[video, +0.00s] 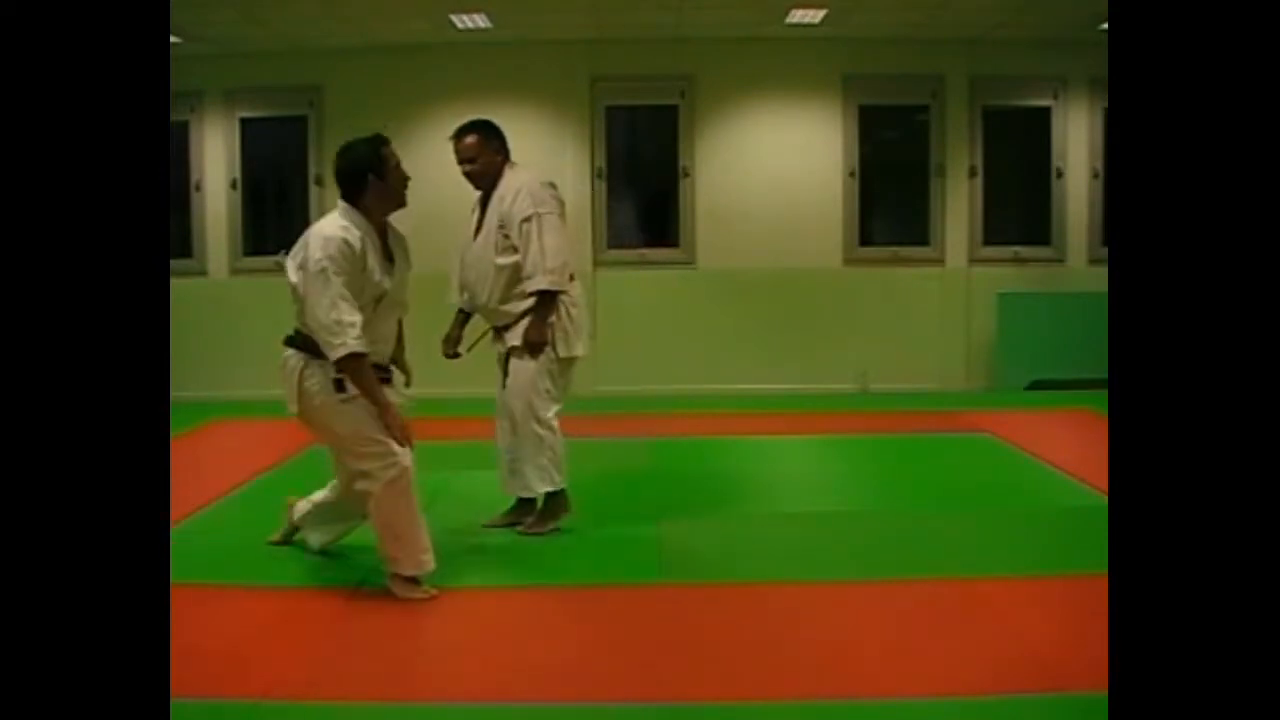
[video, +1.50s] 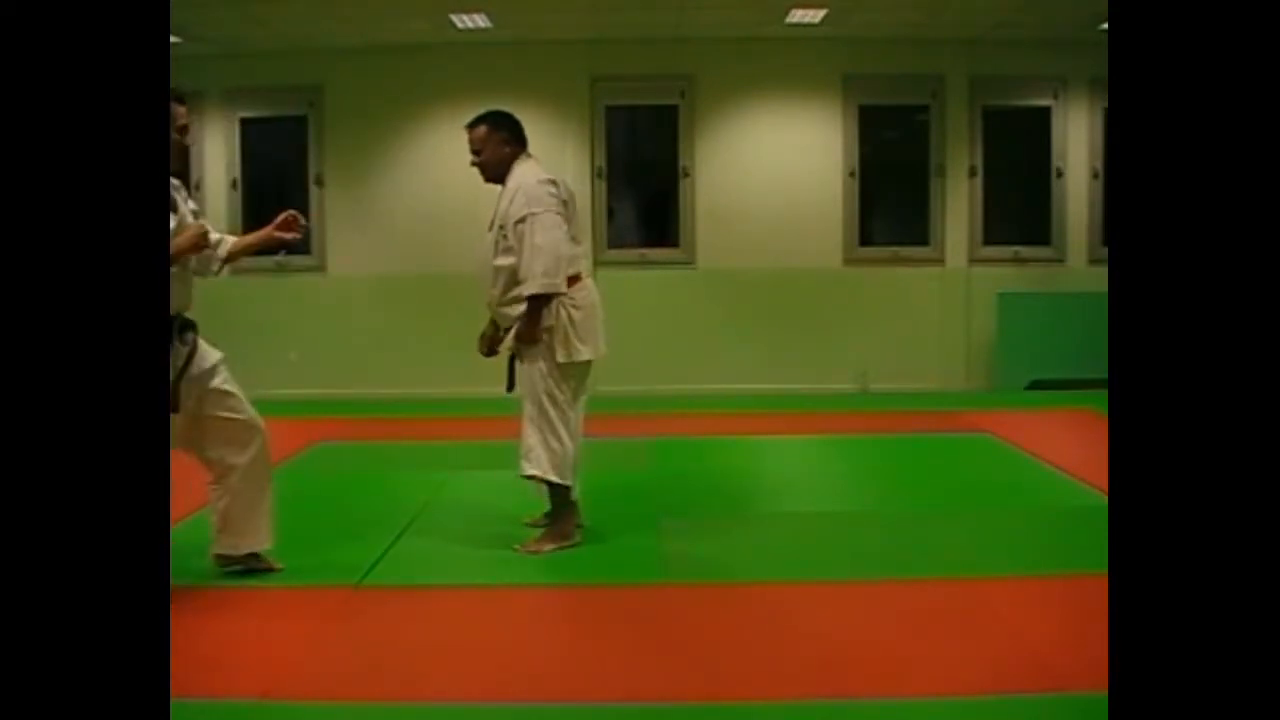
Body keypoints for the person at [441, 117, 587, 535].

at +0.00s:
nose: (465, 170)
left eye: (471, 160)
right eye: (460, 162)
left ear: (497, 154)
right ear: (462, 162)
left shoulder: (530, 192)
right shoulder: (486, 201)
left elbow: (550, 257)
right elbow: (478, 270)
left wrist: (541, 317)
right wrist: (459, 323)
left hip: (543, 318)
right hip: (510, 322)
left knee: (530, 404)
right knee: (510, 409)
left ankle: (553, 496)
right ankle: (524, 496)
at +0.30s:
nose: (460, 168)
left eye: (467, 158)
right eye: (456, 160)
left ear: (495, 152)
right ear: (458, 160)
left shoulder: (525, 194)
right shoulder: (483, 200)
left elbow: (548, 258)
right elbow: (474, 272)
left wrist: (537, 314)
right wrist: (459, 326)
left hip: (539, 318)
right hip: (508, 322)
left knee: (540, 412)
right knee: (513, 412)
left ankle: (559, 513)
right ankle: (524, 500)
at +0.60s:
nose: (458, 172)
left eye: (463, 161)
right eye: (455, 163)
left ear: (492, 155)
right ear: (486, 158)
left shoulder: (523, 196)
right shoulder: (498, 196)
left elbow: (547, 269)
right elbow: (499, 271)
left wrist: (532, 329)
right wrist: (482, 327)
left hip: (550, 323)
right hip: (525, 322)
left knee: (548, 419)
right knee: (526, 416)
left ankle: (562, 520)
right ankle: (528, 501)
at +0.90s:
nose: (459, 168)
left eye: (464, 157)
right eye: (457, 159)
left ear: (493, 151)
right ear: (490, 154)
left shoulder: (521, 194)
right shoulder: (505, 192)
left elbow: (542, 274)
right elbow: (509, 272)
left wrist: (528, 336)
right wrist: (496, 325)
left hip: (554, 326)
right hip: (538, 325)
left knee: (548, 423)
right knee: (540, 421)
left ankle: (561, 521)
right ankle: (549, 505)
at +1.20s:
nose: (465, 163)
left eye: (471, 152)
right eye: (464, 154)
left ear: (500, 148)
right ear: (496, 151)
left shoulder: (525, 192)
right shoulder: (510, 190)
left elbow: (541, 272)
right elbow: (511, 270)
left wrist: (529, 334)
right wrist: (495, 324)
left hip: (556, 323)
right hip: (545, 321)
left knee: (550, 420)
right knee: (549, 419)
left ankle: (563, 518)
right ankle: (559, 511)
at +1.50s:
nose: (475, 161)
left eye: (480, 151)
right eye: (473, 152)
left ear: (508, 147)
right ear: (503, 150)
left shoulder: (531, 188)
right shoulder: (517, 189)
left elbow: (545, 260)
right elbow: (515, 267)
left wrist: (530, 318)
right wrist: (495, 322)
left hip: (557, 315)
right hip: (547, 314)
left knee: (550, 412)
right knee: (548, 412)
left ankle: (563, 518)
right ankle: (558, 506)